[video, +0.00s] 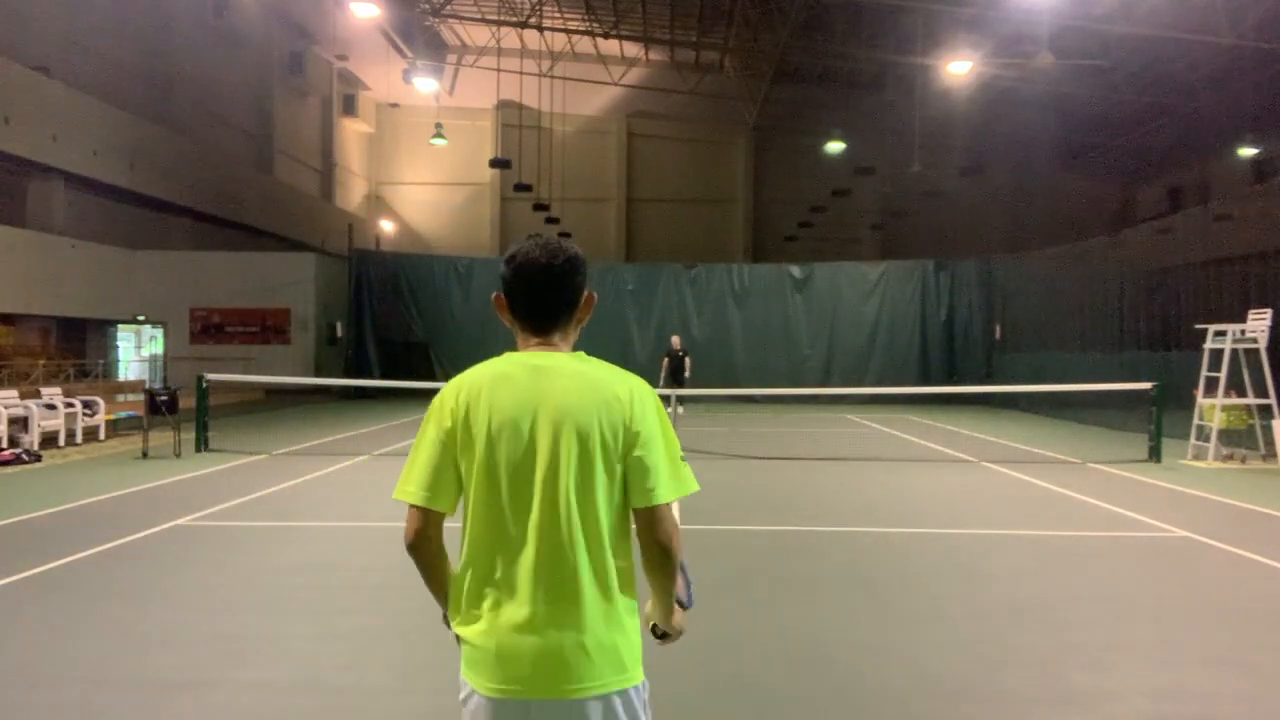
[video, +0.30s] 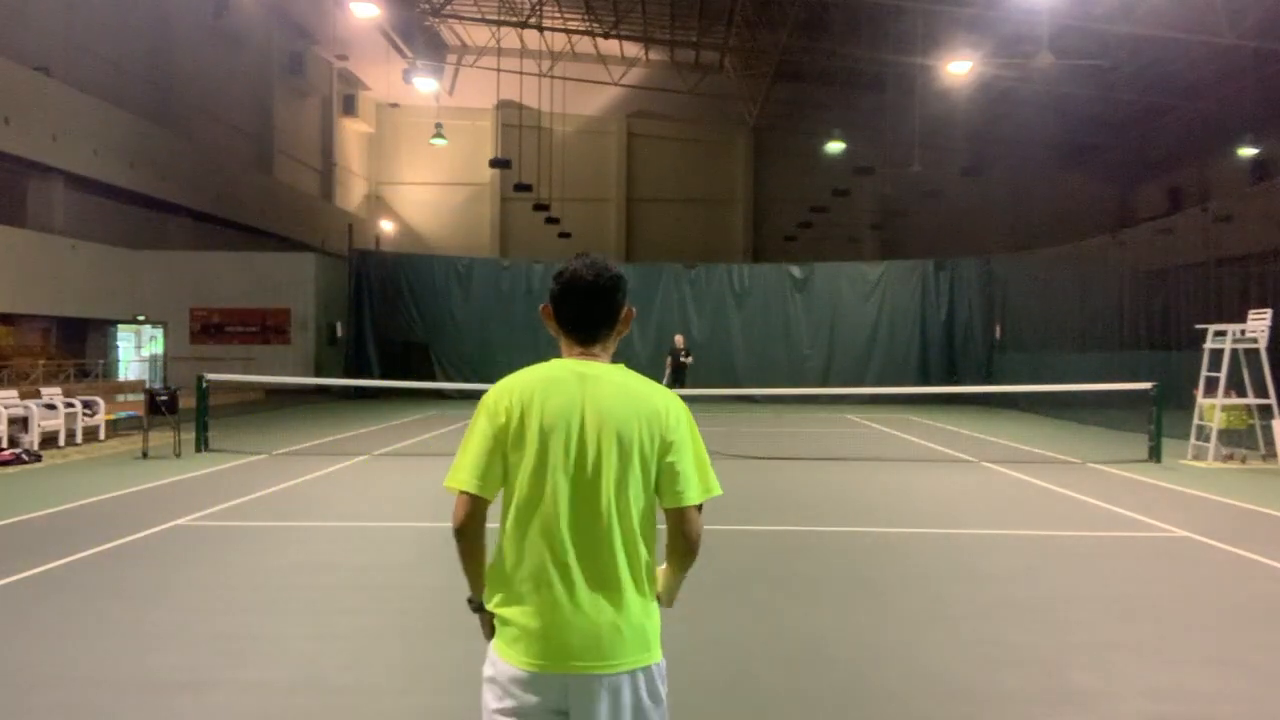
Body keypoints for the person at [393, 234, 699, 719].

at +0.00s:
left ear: (502, 308)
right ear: (587, 306)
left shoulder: (463, 394)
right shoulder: (628, 395)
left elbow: (419, 533)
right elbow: (660, 530)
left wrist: (455, 607)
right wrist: (664, 610)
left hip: (496, 664)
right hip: (600, 665)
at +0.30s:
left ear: (549, 317)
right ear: (626, 320)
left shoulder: (509, 396)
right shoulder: (661, 406)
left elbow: (465, 519)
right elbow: (687, 531)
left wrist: (480, 596)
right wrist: (668, 583)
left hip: (524, 651)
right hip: (623, 654)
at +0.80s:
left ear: (604, 313)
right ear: (672, 316)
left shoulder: (581, 378)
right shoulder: (703, 394)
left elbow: (541, 478)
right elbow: (732, 506)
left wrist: (516, 540)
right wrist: (692, 550)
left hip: (580, 602)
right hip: (664, 607)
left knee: (563, 714)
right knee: (658, 715)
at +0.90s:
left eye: (598, 309)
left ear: (598, 317)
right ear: (664, 320)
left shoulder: (576, 382)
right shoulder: (697, 394)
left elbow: (539, 483)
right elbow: (725, 505)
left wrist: (516, 538)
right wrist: (682, 550)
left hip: (581, 606)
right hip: (665, 607)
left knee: (572, 714)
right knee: (662, 715)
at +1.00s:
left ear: (589, 320)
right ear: (653, 322)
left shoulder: (565, 388)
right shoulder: (688, 393)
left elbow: (525, 487)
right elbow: (716, 500)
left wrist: (517, 526)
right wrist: (680, 540)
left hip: (580, 607)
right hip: (664, 607)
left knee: (569, 714)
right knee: (664, 715)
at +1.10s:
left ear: (584, 319)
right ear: (647, 320)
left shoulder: (559, 387)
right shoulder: (683, 391)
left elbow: (510, 482)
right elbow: (709, 494)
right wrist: (675, 530)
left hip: (578, 592)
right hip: (660, 592)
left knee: (566, 711)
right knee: (670, 712)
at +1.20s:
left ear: (584, 317)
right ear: (647, 317)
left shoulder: (559, 382)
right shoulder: (682, 388)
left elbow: (508, 450)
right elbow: (707, 489)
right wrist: (668, 523)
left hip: (580, 584)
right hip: (662, 585)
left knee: (569, 709)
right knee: (678, 708)